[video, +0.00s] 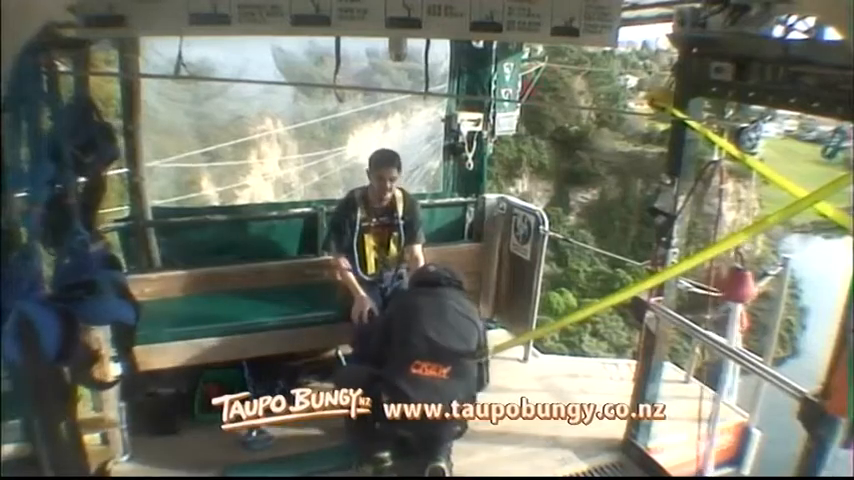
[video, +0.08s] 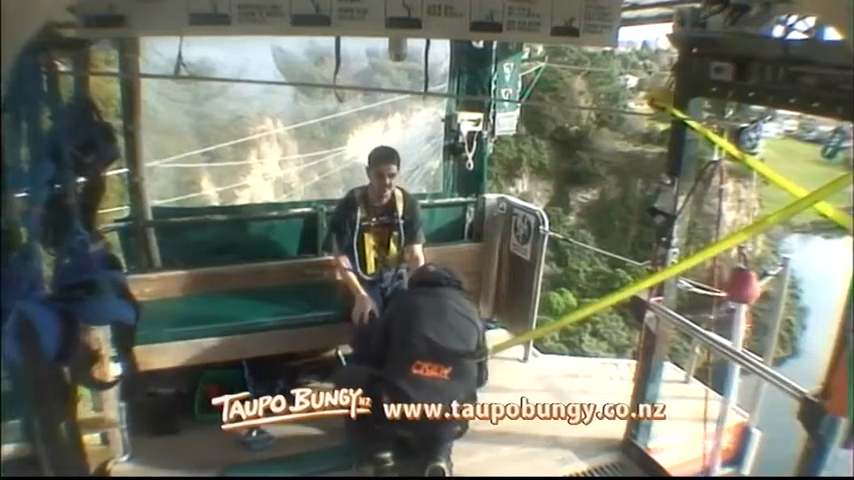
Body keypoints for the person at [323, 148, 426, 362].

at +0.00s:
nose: (386, 186)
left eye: (391, 180)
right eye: (380, 179)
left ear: (398, 178)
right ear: (369, 176)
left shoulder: (407, 203)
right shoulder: (351, 204)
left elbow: (415, 254)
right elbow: (338, 258)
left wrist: (421, 292)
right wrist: (359, 296)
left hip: (398, 278)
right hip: (363, 281)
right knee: (368, 321)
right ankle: (367, 376)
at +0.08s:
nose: (386, 183)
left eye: (391, 176)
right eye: (380, 176)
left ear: (398, 175)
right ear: (368, 174)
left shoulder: (407, 203)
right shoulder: (351, 203)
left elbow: (415, 253)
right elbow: (338, 257)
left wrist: (421, 290)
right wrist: (360, 295)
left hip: (398, 278)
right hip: (364, 280)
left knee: (408, 315)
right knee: (368, 321)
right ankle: (368, 376)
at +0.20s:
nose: (385, 177)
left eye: (390, 171)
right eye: (379, 171)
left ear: (397, 171)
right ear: (368, 171)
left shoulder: (408, 202)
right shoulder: (351, 202)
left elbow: (415, 254)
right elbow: (340, 256)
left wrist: (419, 293)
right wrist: (360, 295)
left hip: (398, 280)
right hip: (364, 282)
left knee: (405, 319)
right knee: (368, 322)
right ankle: (368, 378)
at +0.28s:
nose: (384, 174)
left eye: (389, 167)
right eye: (377, 168)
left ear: (397, 167)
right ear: (368, 168)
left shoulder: (407, 200)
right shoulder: (352, 199)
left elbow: (414, 251)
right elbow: (339, 253)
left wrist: (422, 290)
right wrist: (359, 295)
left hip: (398, 279)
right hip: (365, 281)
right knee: (368, 323)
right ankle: (368, 380)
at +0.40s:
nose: (381, 169)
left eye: (386, 162)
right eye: (375, 163)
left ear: (394, 163)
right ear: (366, 163)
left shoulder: (406, 199)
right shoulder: (349, 199)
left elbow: (413, 250)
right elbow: (341, 253)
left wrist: (419, 288)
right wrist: (359, 294)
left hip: (398, 278)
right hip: (364, 279)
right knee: (368, 322)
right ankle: (368, 379)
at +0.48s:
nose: (379, 166)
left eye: (385, 159)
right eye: (373, 160)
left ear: (394, 162)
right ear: (365, 162)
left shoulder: (406, 198)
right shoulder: (348, 199)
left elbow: (414, 250)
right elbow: (342, 255)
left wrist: (419, 287)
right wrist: (359, 294)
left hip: (398, 276)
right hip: (364, 277)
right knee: (368, 321)